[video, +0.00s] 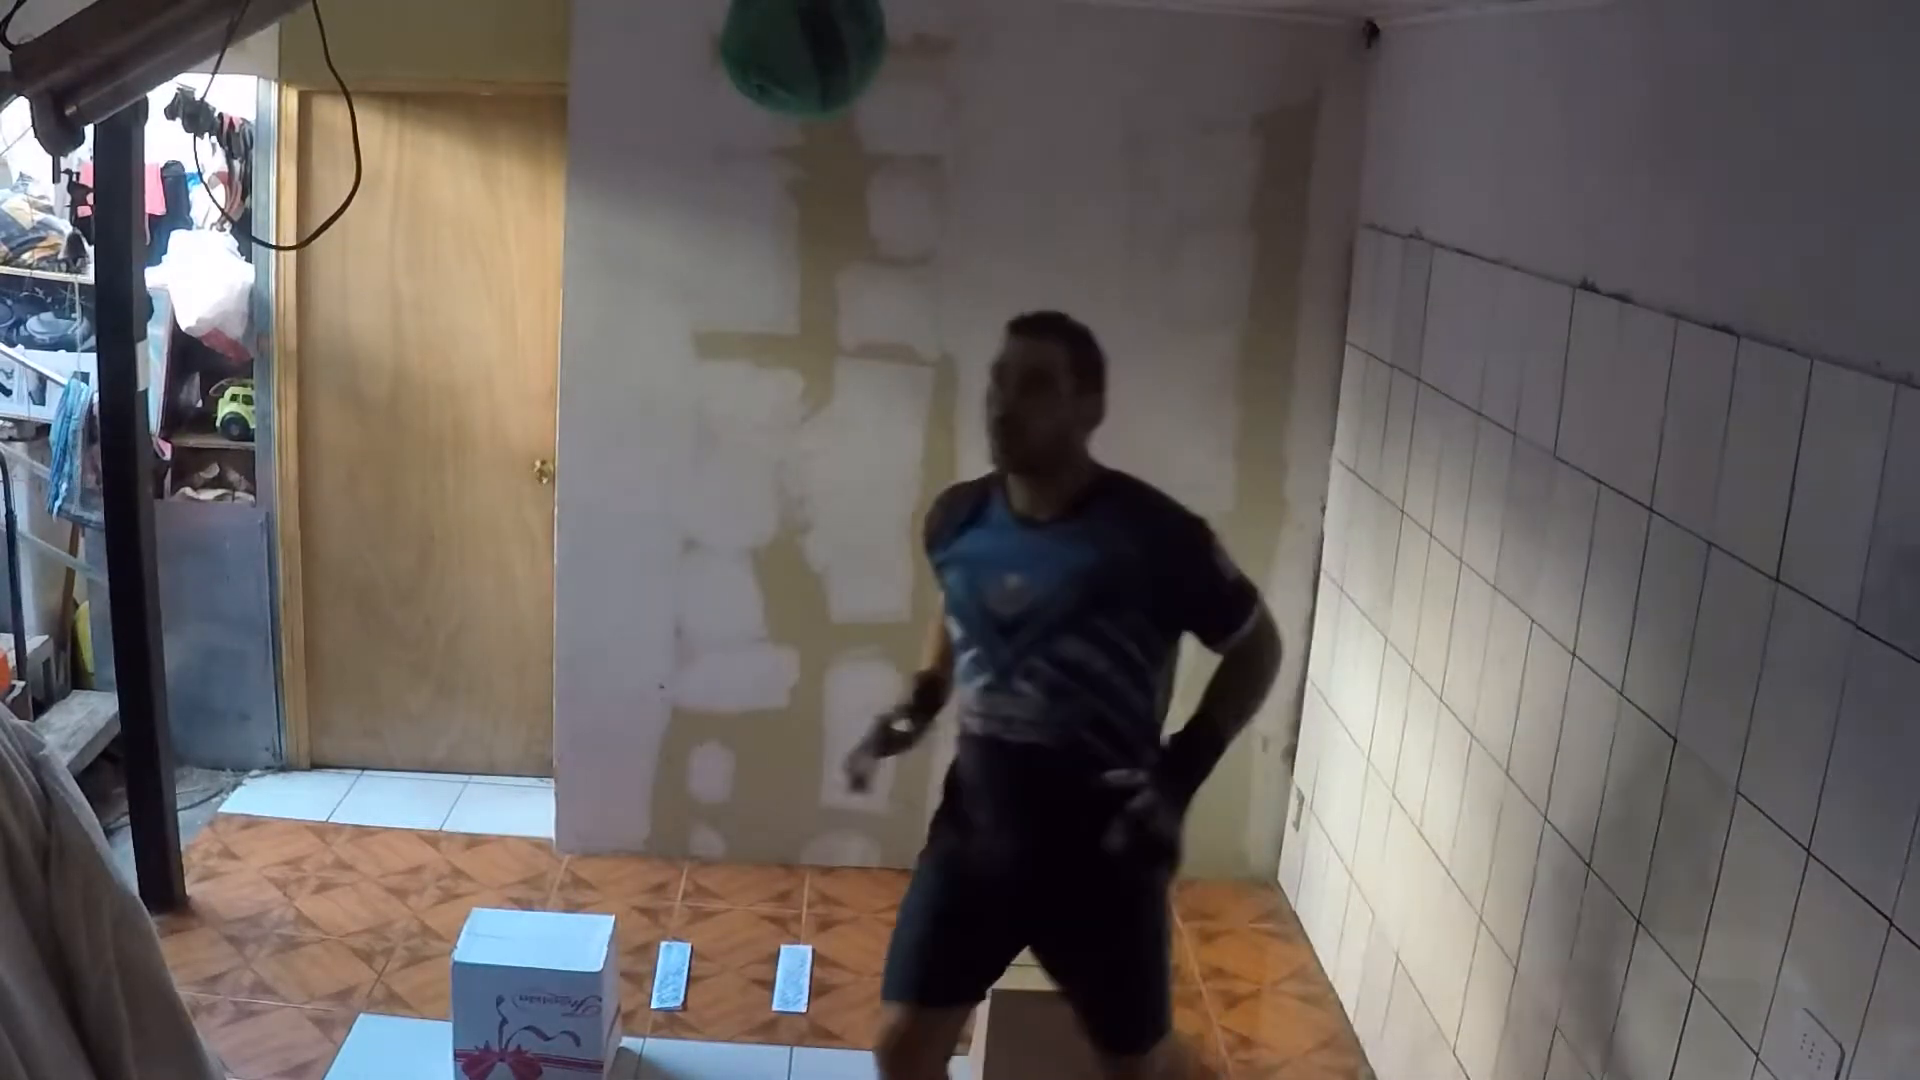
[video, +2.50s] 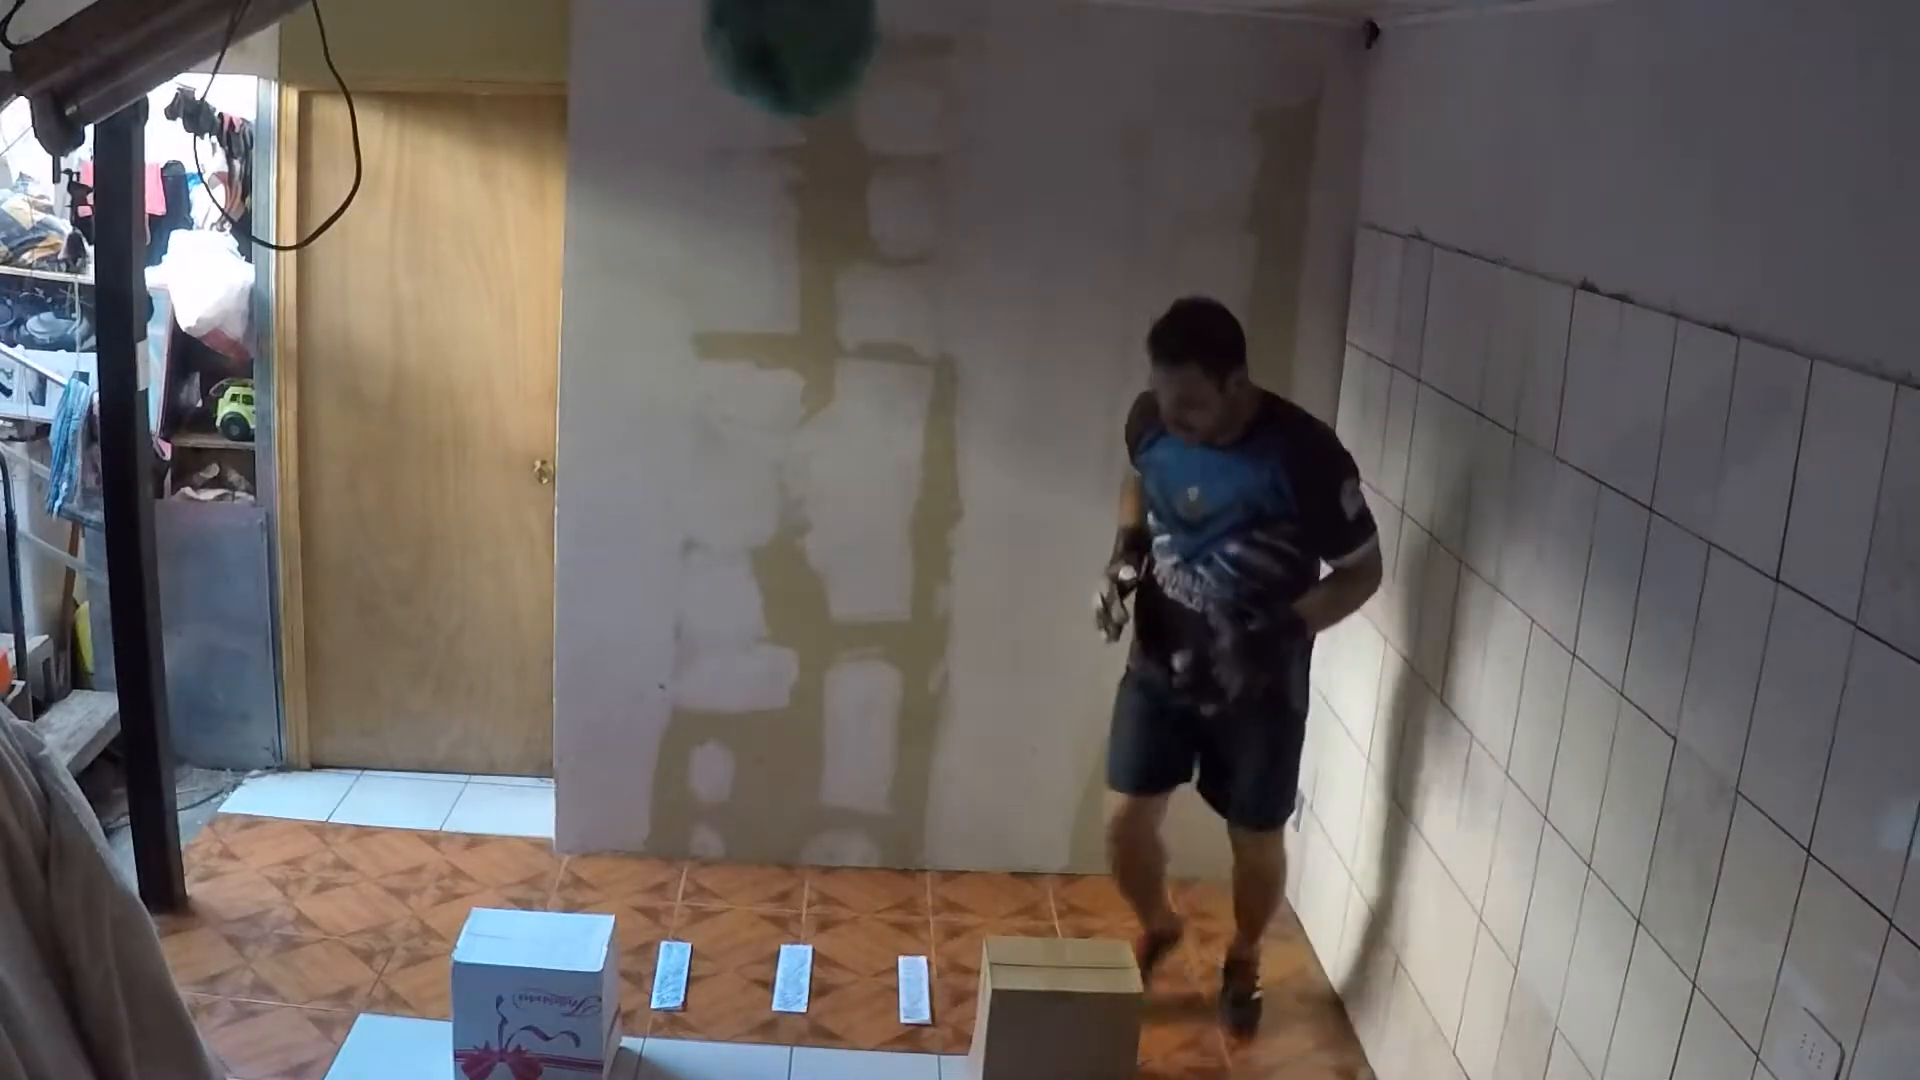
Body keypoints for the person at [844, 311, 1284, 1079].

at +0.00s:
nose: (1005, 402)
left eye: (1036, 384)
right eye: (998, 381)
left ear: (1092, 407)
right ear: (985, 391)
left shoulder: (1155, 532)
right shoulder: (956, 520)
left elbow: (1257, 646)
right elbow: (962, 621)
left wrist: (1177, 778)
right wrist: (915, 713)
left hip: (1104, 828)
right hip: (980, 820)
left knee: (1133, 1059)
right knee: (906, 1045)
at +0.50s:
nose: (933, 174)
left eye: (961, 153)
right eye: (927, 153)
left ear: (1025, 181)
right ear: (908, 174)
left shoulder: (1070, 285)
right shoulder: (869, 286)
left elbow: (991, 216)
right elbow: (691, 272)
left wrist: (881, 66)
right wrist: (705, 91)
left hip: (1001, 636)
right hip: (872, 633)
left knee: (849, 857)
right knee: (840, 919)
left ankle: (932, 1018)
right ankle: (881, 1077)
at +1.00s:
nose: (770, 562)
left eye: (789, 536)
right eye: (770, 536)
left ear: (866, 525)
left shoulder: (996, 649)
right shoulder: (822, 636)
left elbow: (1081, 842)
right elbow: (855, 800)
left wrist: (950, 885)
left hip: (963, 970)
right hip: (841, 944)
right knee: (746, 1072)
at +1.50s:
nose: (1031, 523)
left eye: (1036, 501)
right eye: (1027, 503)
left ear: (1094, 481)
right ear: (1088, 487)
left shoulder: (1243, 557)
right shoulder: (1087, 562)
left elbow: (1386, 688)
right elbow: (1124, 684)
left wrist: (1292, 812)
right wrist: (1077, 751)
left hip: (1249, 855)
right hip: (1145, 847)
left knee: (1181, 1067)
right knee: (1120, 1054)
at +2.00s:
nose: (1179, 494)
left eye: (1187, 475)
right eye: (1172, 477)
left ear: (1243, 454)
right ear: (1234, 454)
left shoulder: (1361, 529)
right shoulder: (1203, 518)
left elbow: (1431, 669)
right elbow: (1222, 594)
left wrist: (1346, 755)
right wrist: (1173, 636)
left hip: (1336, 779)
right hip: (1235, 767)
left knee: (1332, 987)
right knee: (1213, 949)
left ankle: (1355, 1072)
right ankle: (1245, 996)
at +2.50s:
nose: (1177, 417)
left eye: (1192, 403)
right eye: (1168, 401)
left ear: (1234, 380)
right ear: (1157, 383)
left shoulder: (1308, 450)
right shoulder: (1152, 420)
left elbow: (1364, 568)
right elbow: (1139, 481)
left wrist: (1296, 618)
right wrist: (1126, 555)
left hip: (1260, 671)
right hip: (1164, 659)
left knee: (1256, 842)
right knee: (1128, 823)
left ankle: (1243, 960)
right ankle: (1157, 927)